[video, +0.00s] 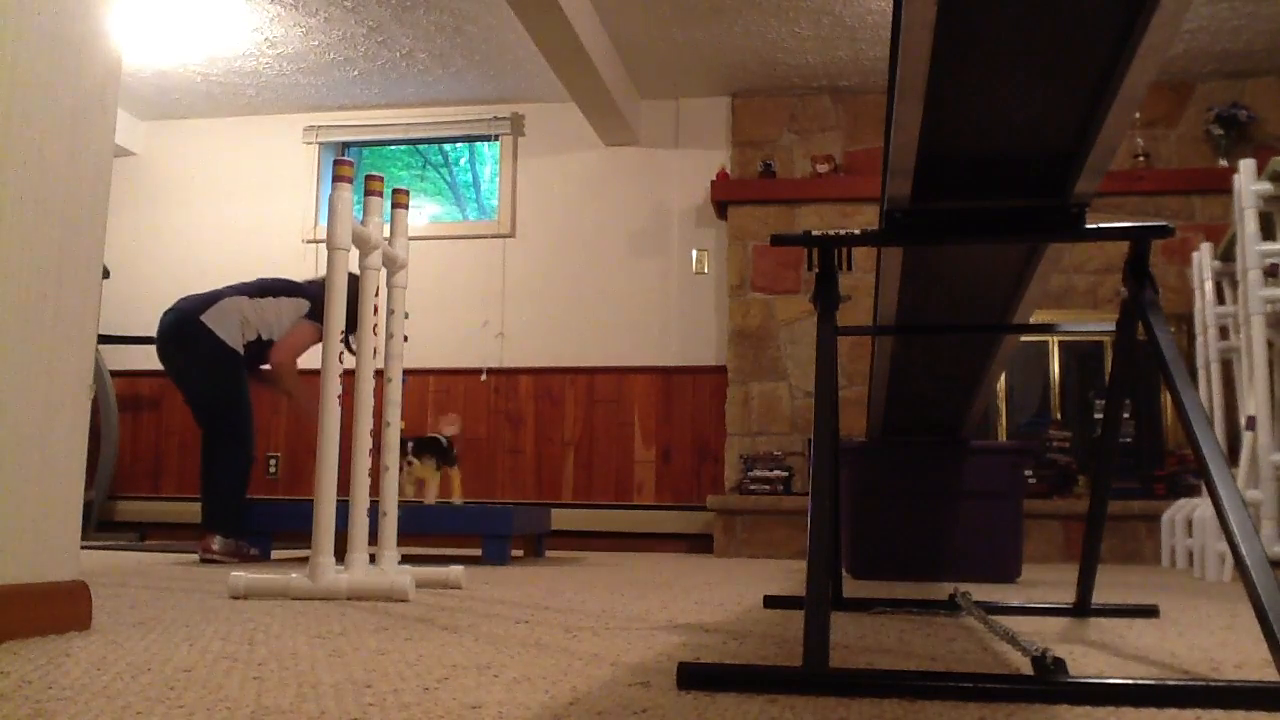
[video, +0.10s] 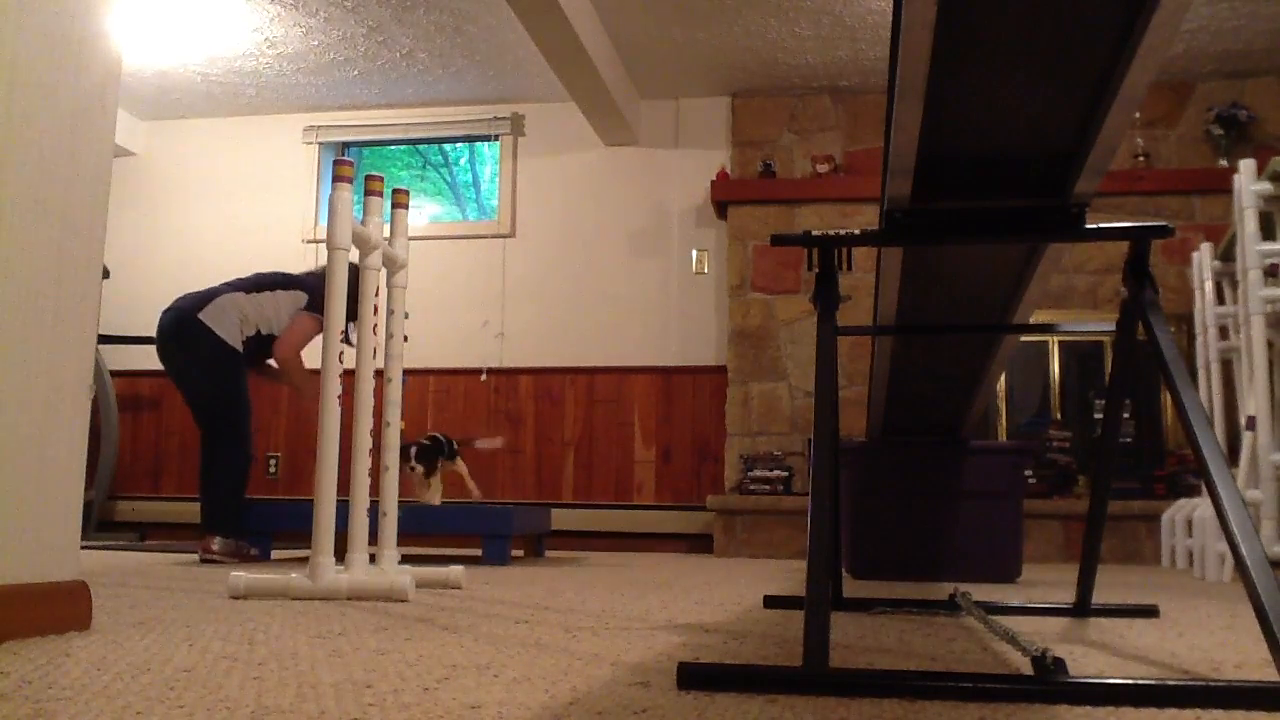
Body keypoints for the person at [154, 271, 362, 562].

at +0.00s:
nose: (359, 327)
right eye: (366, 318)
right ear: (356, 306)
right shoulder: (328, 304)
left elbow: (248, 361)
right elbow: (281, 356)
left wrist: (286, 385)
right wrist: (302, 396)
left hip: (180, 330)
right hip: (208, 337)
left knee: (218, 436)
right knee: (235, 440)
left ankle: (215, 535)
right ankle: (224, 537)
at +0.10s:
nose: (359, 317)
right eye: (365, 308)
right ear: (356, 295)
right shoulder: (326, 293)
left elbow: (248, 355)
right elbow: (285, 351)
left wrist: (289, 378)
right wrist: (308, 389)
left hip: (181, 328)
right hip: (207, 334)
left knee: (218, 438)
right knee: (232, 439)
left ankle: (215, 536)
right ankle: (225, 537)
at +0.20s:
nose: (358, 303)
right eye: (361, 292)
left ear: (329, 267)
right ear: (349, 280)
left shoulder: (291, 278)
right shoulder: (323, 283)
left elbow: (256, 356)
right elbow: (285, 344)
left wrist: (291, 381)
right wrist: (307, 387)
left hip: (181, 328)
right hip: (207, 334)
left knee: (218, 437)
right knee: (231, 439)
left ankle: (216, 536)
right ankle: (225, 537)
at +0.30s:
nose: (353, 279)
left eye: (357, 272)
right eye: (355, 270)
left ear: (329, 246)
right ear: (343, 258)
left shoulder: (295, 263)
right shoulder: (313, 266)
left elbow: (264, 331)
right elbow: (274, 328)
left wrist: (269, 380)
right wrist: (278, 392)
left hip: (190, 328)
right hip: (208, 335)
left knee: (225, 438)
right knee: (231, 439)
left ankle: (217, 536)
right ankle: (223, 538)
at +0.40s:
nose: (352, 253)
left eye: (356, 243)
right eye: (354, 242)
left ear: (324, 224)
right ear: (340, 234)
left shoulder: (301, 252)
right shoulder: (304, 249)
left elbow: (267, 324)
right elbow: (261, 305)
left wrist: (256, 381)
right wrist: (255, 377)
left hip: (201, 328)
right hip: (206, 330)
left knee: (228, 433)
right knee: (232, 433)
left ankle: (215, 535)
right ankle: (220, 537)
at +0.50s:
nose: (349, 224)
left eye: (352, 213)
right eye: (348, 212)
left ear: (317, 202)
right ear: (331, 207)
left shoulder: (304, 249)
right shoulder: (293, 232)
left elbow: (265, 321)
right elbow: (249, 282)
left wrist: (252, 378)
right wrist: (235, 344)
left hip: (223, 334)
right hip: (206, 328)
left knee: (237, 435)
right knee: (225, 434)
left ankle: (216, 529)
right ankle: (210, 532)